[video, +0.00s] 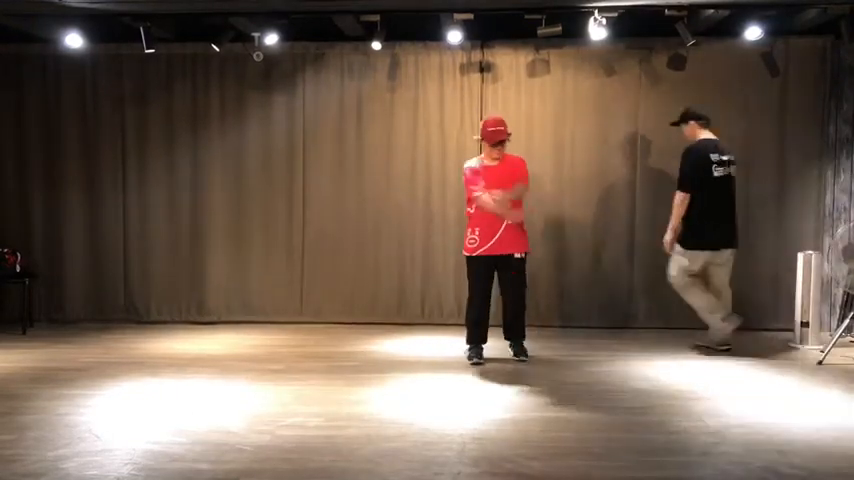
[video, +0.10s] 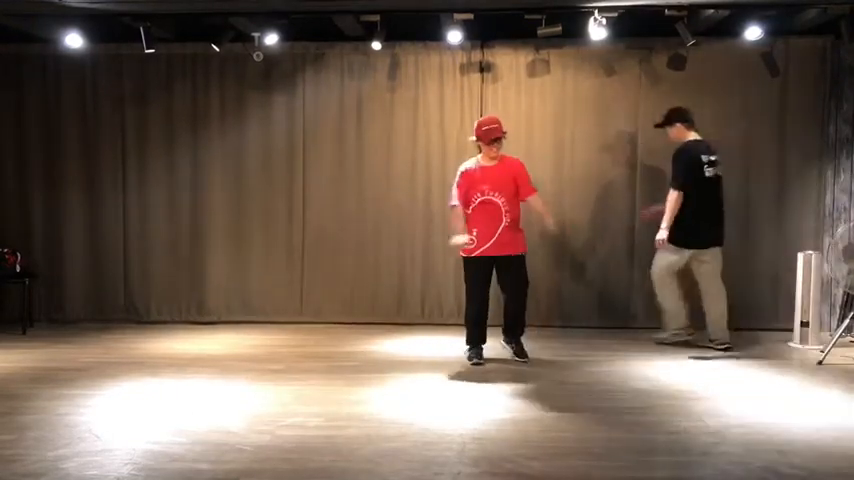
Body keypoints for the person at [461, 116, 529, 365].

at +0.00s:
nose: (499, 150)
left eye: (502, 144)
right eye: (494, 145)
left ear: (507, 141)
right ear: (483, 142)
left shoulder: (517, 164)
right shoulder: (472, 168)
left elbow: (520, 190)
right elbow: (480, 199)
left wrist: (497, 197)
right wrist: (509, 211)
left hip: (512, 243)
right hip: (480, 245)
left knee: (515, 297)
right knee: (478, 297)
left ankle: (517, 341)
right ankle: (475, 345)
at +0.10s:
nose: (495, 147)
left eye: (499, 141)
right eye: (490, 143)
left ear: (503, 140)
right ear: (479, 142)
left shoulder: (514, 166)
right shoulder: (467, 170)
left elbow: (530, 195)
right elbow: (457, 206)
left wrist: (548, 218)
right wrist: (460, 232)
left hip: (509, 245)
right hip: (477, 247)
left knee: (517, 292)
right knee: (476, 298)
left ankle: (513, 337)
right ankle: (475, 346)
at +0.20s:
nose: (494, 142)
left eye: (497, 137)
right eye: (488, 138)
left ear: (502, 138)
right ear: (478, 141)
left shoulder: (515, 166)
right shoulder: (466, 170)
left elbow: (536, 197)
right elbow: (444, 200)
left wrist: (553, 219)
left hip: (510, 244)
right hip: (476, 246)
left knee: (520, 292)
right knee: (476, 298)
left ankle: (518, 340)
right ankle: (475, 346)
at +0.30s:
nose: (495, 139)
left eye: (499, 134)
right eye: (490, 136)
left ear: (504, 136)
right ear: (479, 139)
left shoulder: (517, 165)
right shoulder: (466, 168)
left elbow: (529, 193)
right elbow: (440, 190)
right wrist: (417, 209)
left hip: (510, 243)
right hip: (477, 246)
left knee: (522, 295)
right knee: (477, 298)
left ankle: (534, 344)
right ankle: (475, 347)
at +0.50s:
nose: (507, 140)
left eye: (511, 136)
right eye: (502, 136)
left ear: (517, 139)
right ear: (492, 138)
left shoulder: (524, 168)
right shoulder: (475, 169)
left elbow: (527, 204)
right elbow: (454, 201)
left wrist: (520, 232)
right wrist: (440, 226)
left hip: (518, 246)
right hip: (484, 247)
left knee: (528, 298)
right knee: (481, 298)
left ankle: (540, 350)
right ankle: (475, 347)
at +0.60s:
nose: (515, 143)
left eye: (520, 138)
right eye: (510, 138)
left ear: (525, 140)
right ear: (499, 138)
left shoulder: (531, 169)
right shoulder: (484, 170)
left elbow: (535, 208)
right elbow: (476, 209)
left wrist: (533, 239)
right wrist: (474, 241)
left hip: (527, 247)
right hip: (494, 248)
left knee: (532, 302)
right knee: (487, 300)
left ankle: (540, 353)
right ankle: (477, 346)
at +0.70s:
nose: (523, 145)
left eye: (528, 141)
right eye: (519, 140)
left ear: (533, 142)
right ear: (507, 137)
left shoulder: (535, 168)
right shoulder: (492, 168)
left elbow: (547, 205)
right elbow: (495, 207)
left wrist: (556, 233)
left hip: (538, 247)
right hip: (505, 248)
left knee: (540, 302)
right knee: (497, 298)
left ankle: (542, 353)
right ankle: (479, 343)